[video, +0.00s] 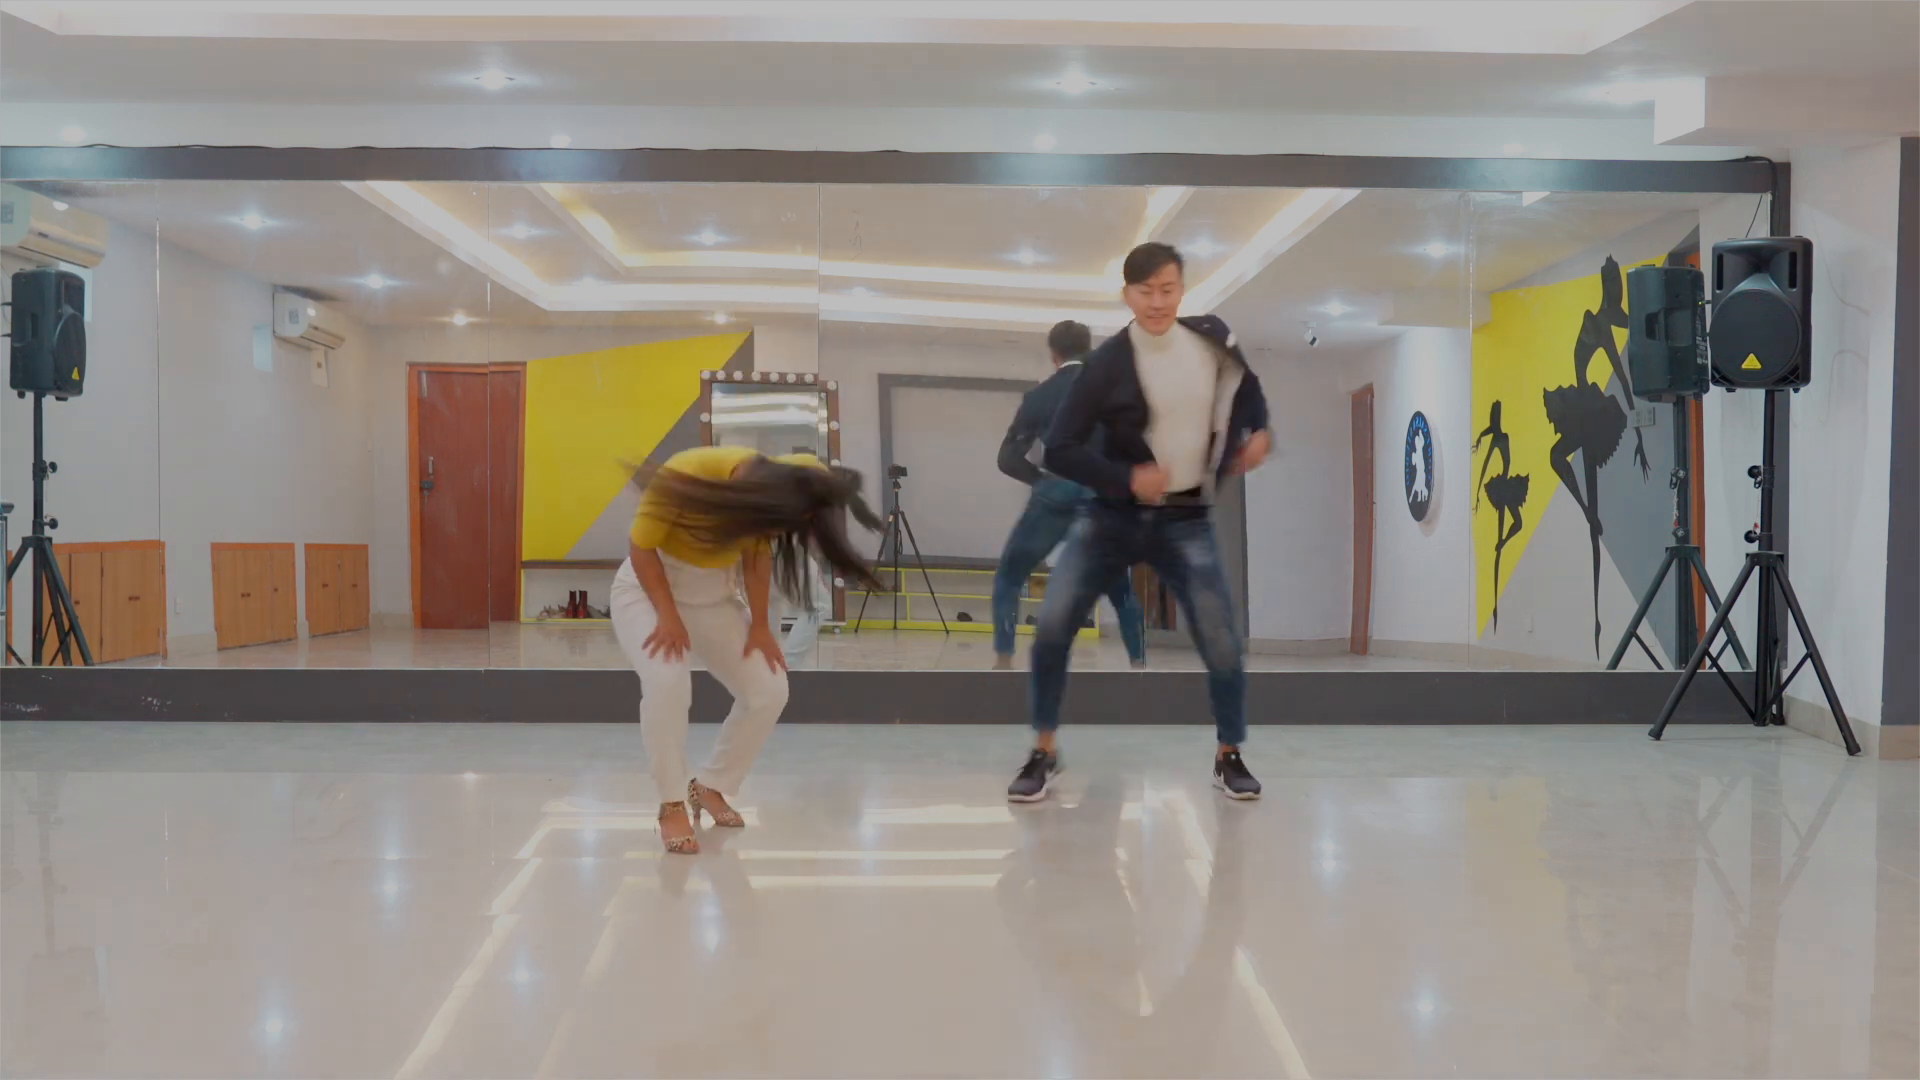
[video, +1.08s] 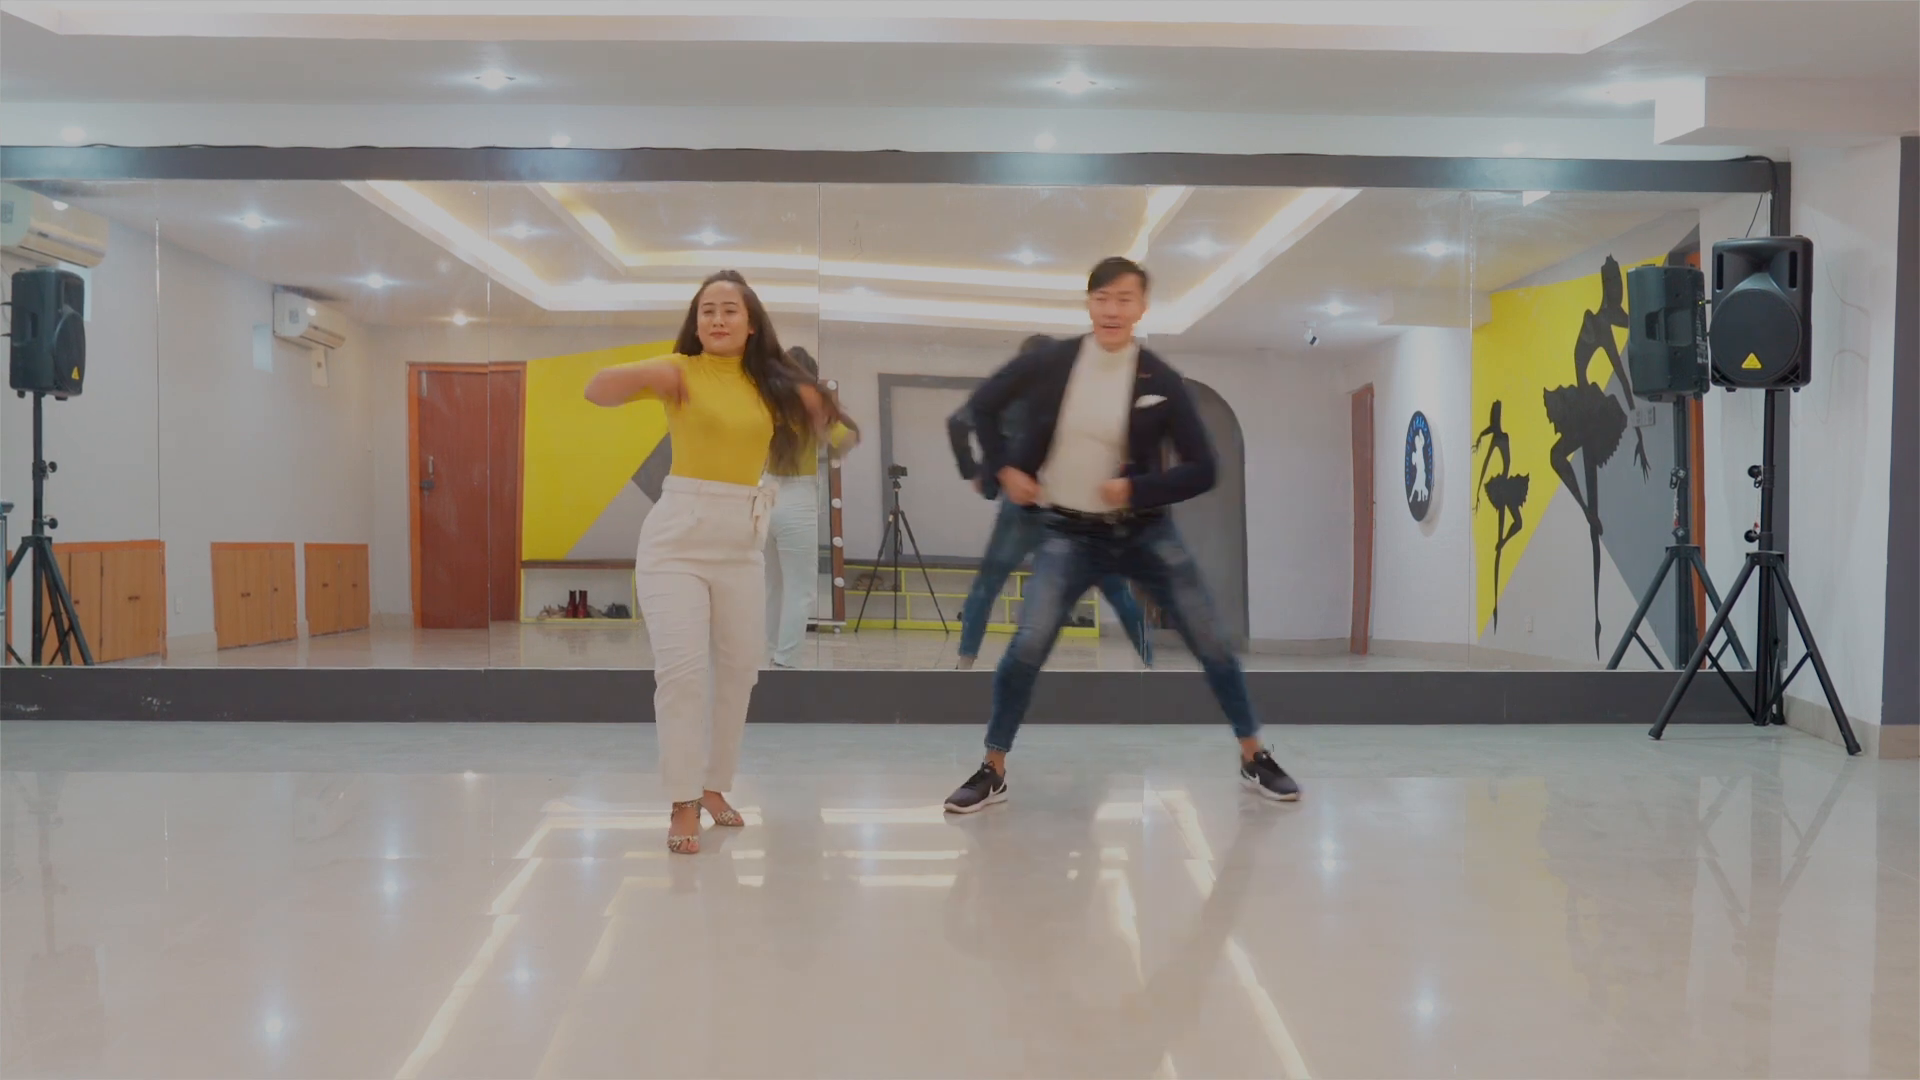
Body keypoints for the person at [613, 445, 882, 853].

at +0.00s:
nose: (780, 528)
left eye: (789, 524)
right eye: (781, 522)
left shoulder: (775, 486)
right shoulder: (682, 474)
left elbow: (757, 553)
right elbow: (641, 545)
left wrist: (760, 624)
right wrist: (668, 615)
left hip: (712, 593)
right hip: (646, 588)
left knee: (768, 689)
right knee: (667, 679)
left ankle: (710, 785)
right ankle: (673, 804)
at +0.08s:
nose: (770, 498)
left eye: (778, 496)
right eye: (776, 490)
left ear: (781, 479)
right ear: (776, 463)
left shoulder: (761, 487)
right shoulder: (686, 453)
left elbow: (753, 557)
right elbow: (641, 526)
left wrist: (762, 626)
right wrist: (662, 604)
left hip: (711, 593)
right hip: (645, 588)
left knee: (764, 689)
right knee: (673, 679)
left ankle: (710, 785)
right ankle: (672, 804)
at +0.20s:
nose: (775, 399)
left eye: (788, 405)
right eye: (776, 383)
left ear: (788, 426)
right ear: (751, 374)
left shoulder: (763, 467)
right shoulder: (679, 438)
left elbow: (758, 543)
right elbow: (634, 514)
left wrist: (761, 614)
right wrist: (656, 588)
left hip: (713, 589)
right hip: (648, 583)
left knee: (762, 688)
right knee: (680, 686)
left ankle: (711, 787)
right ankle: (674, 805)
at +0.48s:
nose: (727, 349)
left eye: (738, 343)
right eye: (715, 346)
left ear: (758, 367)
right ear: (701, 369)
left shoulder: (762, 431)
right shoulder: (680, 419)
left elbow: (755, 503)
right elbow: (618, 477)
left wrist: (751, 563)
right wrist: (647, 550)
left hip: (728, 578)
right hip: (664, 574)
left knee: (762, 688)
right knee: (679, 687)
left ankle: (710, 786)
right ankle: (673, 807)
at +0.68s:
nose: (719, 335)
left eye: (731, 327)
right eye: (708, 330)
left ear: (752, 347)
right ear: (696, 351)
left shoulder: (763, 411)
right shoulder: (676, 400)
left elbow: (761, 469)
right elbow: (606, 434)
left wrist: (756, 497)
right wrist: (652, 486)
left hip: (732, 566)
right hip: (668, 565)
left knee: (756, 682)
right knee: (679, 684)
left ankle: (711, 786)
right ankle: (673, 805)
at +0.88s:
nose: (718, 322)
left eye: (730, 313)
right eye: (708, 316)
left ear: (752, 331)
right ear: (695, 334)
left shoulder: (766, 394)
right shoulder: (676, 376)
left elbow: (779, 456)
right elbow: (601, 399)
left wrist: (762, 475)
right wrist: (653, 431)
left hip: (735, 549)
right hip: (672, 546)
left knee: (748, 676)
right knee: (678, 677)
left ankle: (711, 786)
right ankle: (674, 805)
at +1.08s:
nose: (718, 318)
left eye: (731, 309)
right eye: (708, 310)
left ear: (752, 322)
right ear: (695, 321)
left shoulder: (770, 384)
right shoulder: (678, 369)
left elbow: (823, 425)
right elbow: (597, 389)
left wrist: (817, 407)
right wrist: (648, 377)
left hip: (742, 546)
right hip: (676, 539)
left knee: (739, 671)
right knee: (683, 671)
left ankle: (714, 789)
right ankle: (684, 802)